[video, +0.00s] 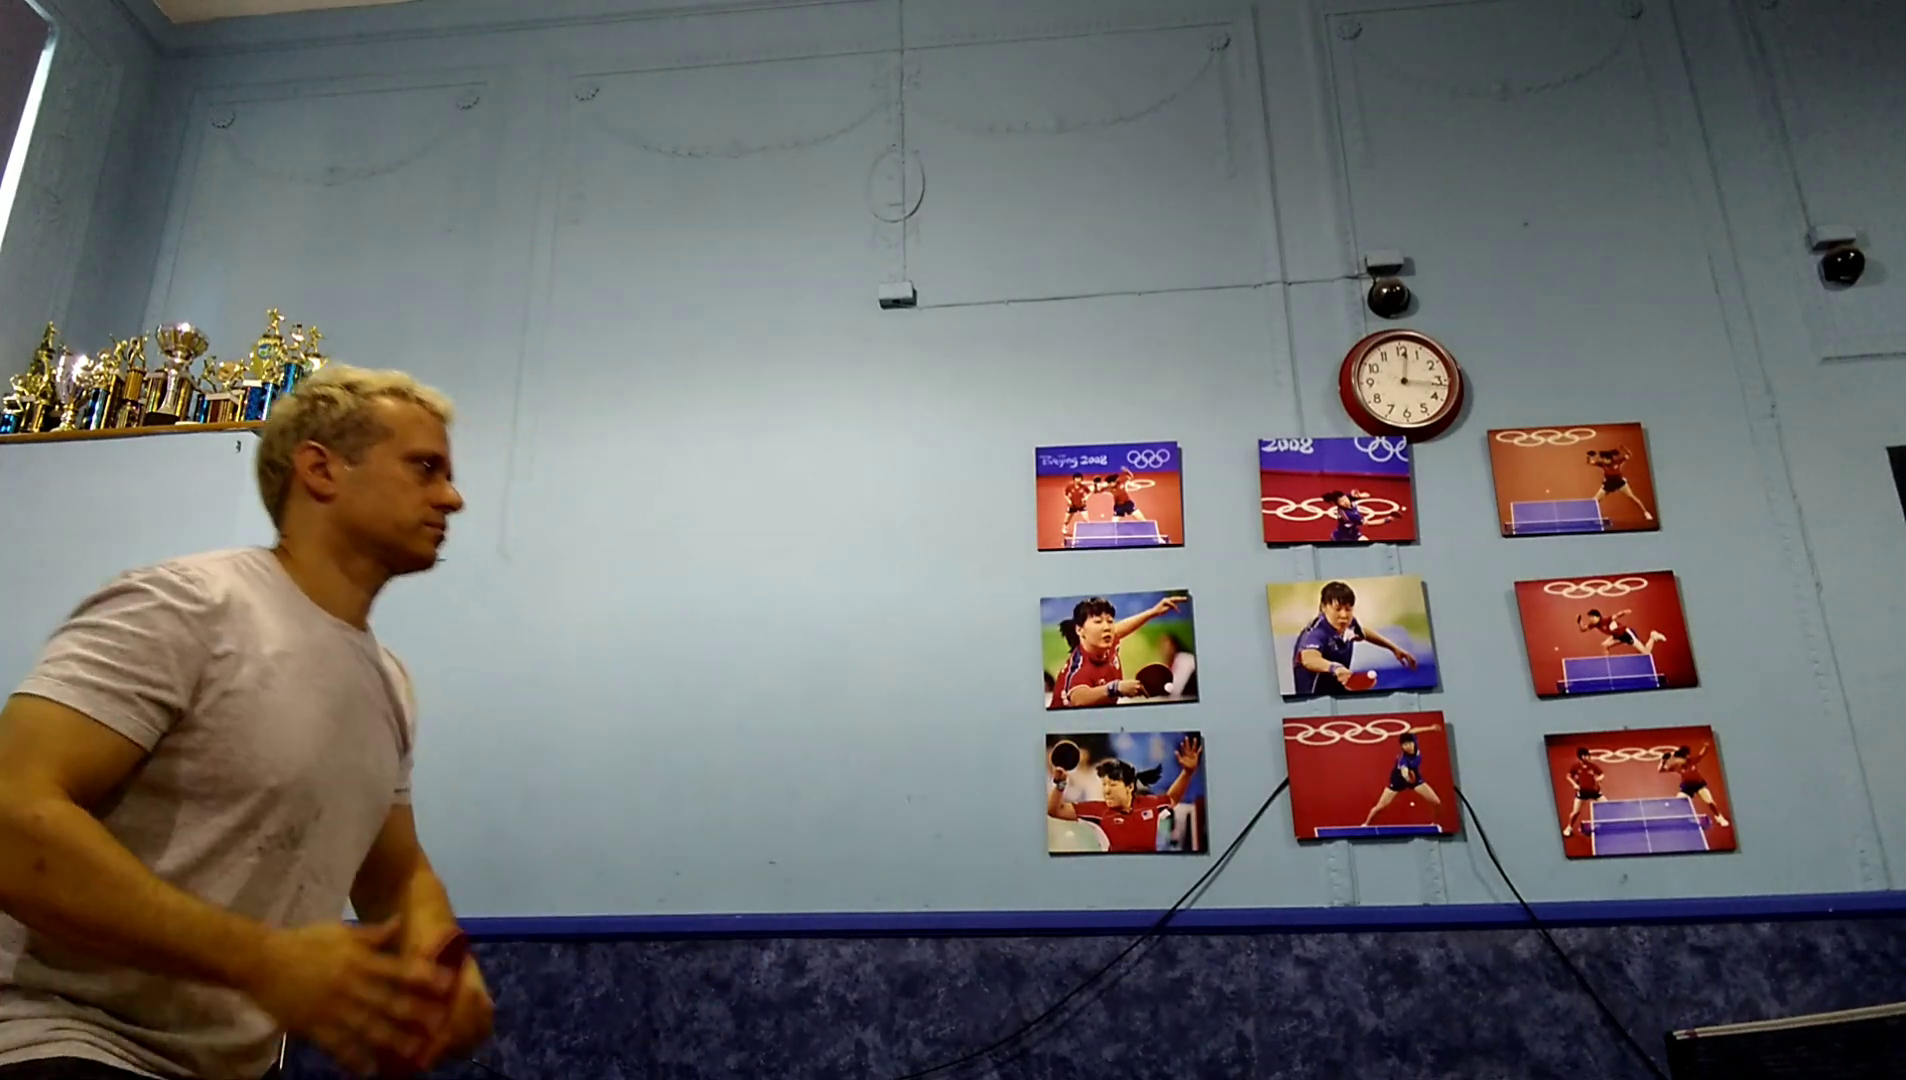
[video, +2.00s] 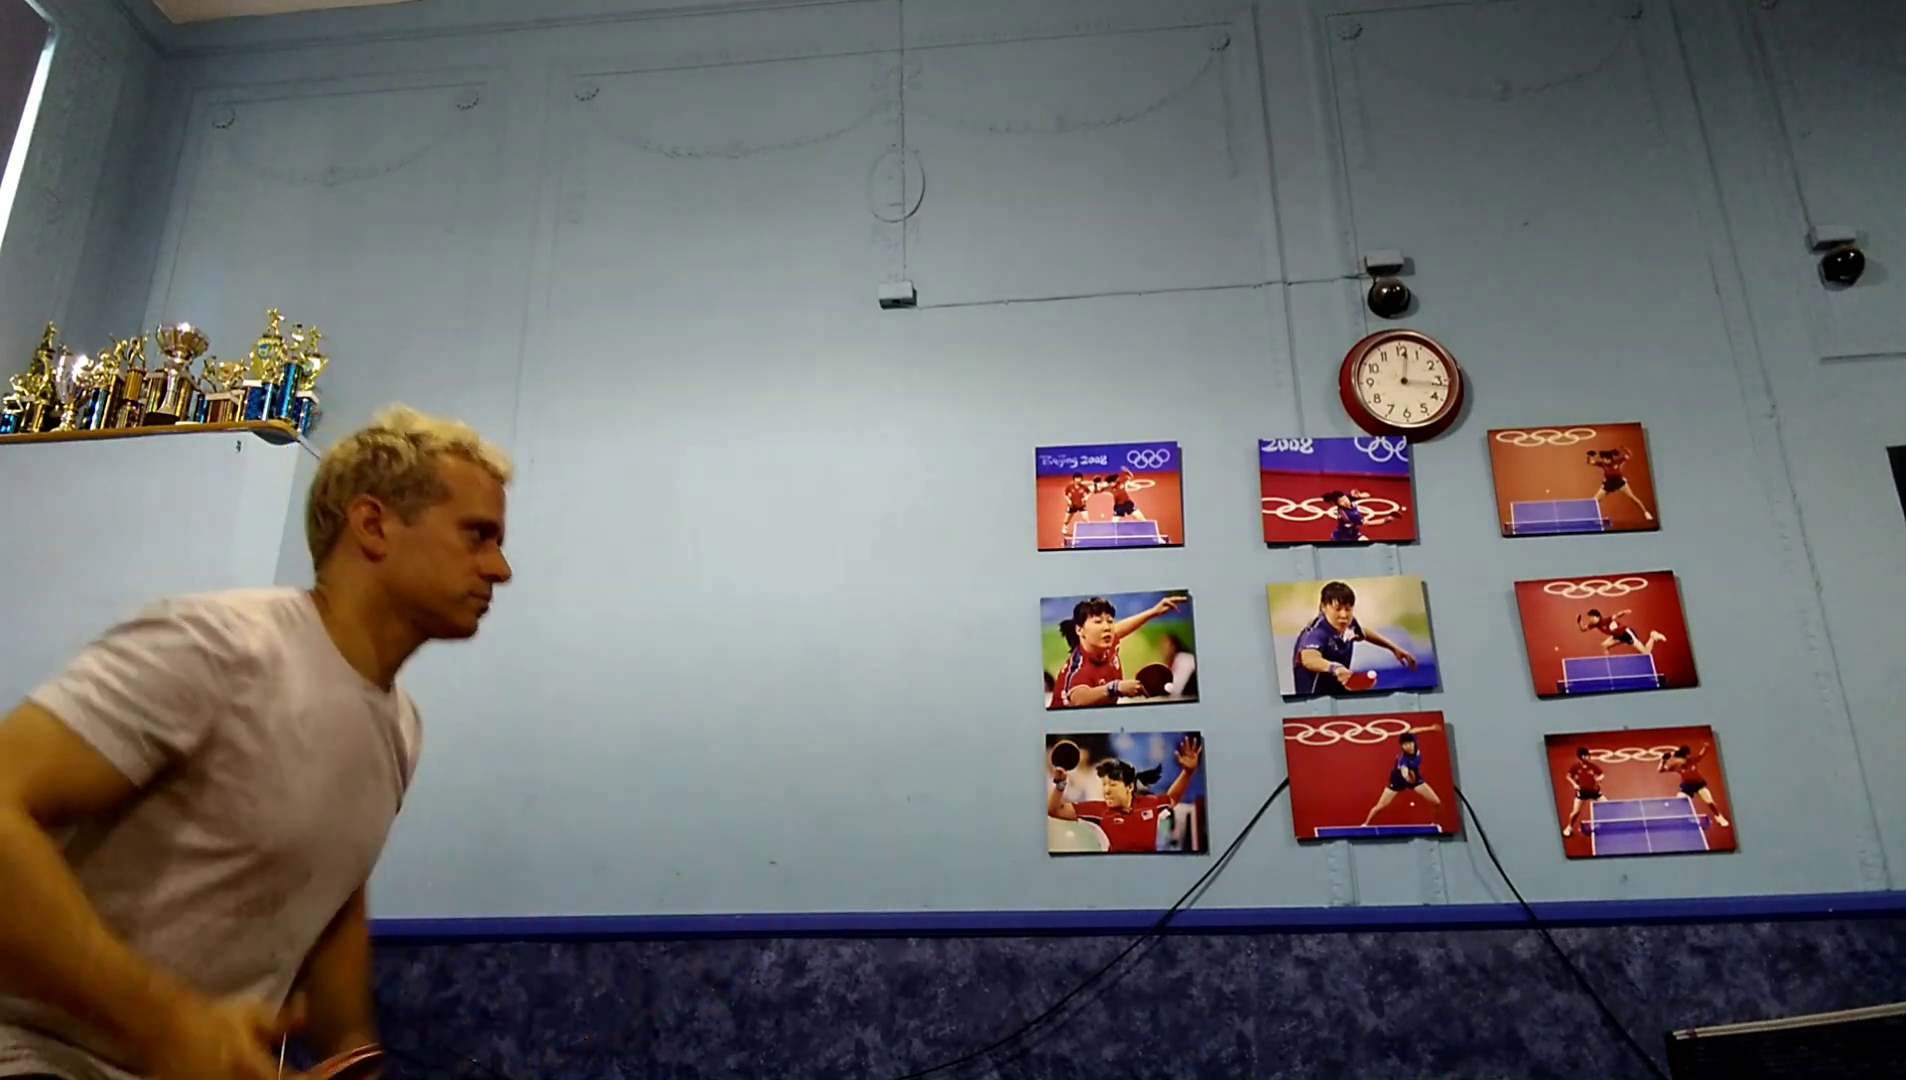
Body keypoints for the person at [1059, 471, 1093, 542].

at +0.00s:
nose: (1078, 481)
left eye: (1079, 479)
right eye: (1077, 479)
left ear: (1081, 480)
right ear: (1074, 480)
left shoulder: (1083, 487)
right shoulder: (1070, 487)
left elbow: (1089, 492)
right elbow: (1065, 494)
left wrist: (1085, 498)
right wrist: (1068, 501)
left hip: (1081, 505)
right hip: (1072, 505)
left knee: (1086, 519)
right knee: (1066, 520)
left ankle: (1089, 530)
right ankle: (1064, 528)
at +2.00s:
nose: (1078, 480)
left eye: (1079, 479)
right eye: (1077, 479)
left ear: (1081, 479)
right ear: (1074, 479)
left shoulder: (1083, 487)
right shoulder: (1070, 487)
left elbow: (1090, 492)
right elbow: (1065, 494)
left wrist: (1085, 498)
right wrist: (1069, 501)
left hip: (1081, 505)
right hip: (1073, 505)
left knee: (1086, 519)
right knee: (1066, 520)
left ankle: (1090, 531)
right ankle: (1064, 529)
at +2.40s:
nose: (1078, 480)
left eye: (1079, 478)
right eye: (1076, 478)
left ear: (1081, 479)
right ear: (1074, 479)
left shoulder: (1083, 487)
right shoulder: (1070, 487)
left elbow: (1089, 492)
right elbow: (1065, 494)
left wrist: (1085, 498)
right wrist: (1068, 500)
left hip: (1081, 505)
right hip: (1072, 505)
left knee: (1086, 519)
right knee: (1067, 520)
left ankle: (1089, 530)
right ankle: (1064, 528)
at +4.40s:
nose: (1078, 481)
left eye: (1079, 479)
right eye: (1077, 479)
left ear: (1081, 480)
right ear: (1074, 479)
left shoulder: (1083, 487)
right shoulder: (1070, 487)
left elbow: (1089, 492)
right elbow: (1065, 494)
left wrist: (1085, 498)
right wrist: (1068, 501)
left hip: (1081, 505)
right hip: (1072, 505)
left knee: (1086, 519)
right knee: (1066, 520)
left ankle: (1089, 530)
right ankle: (1064, 528)